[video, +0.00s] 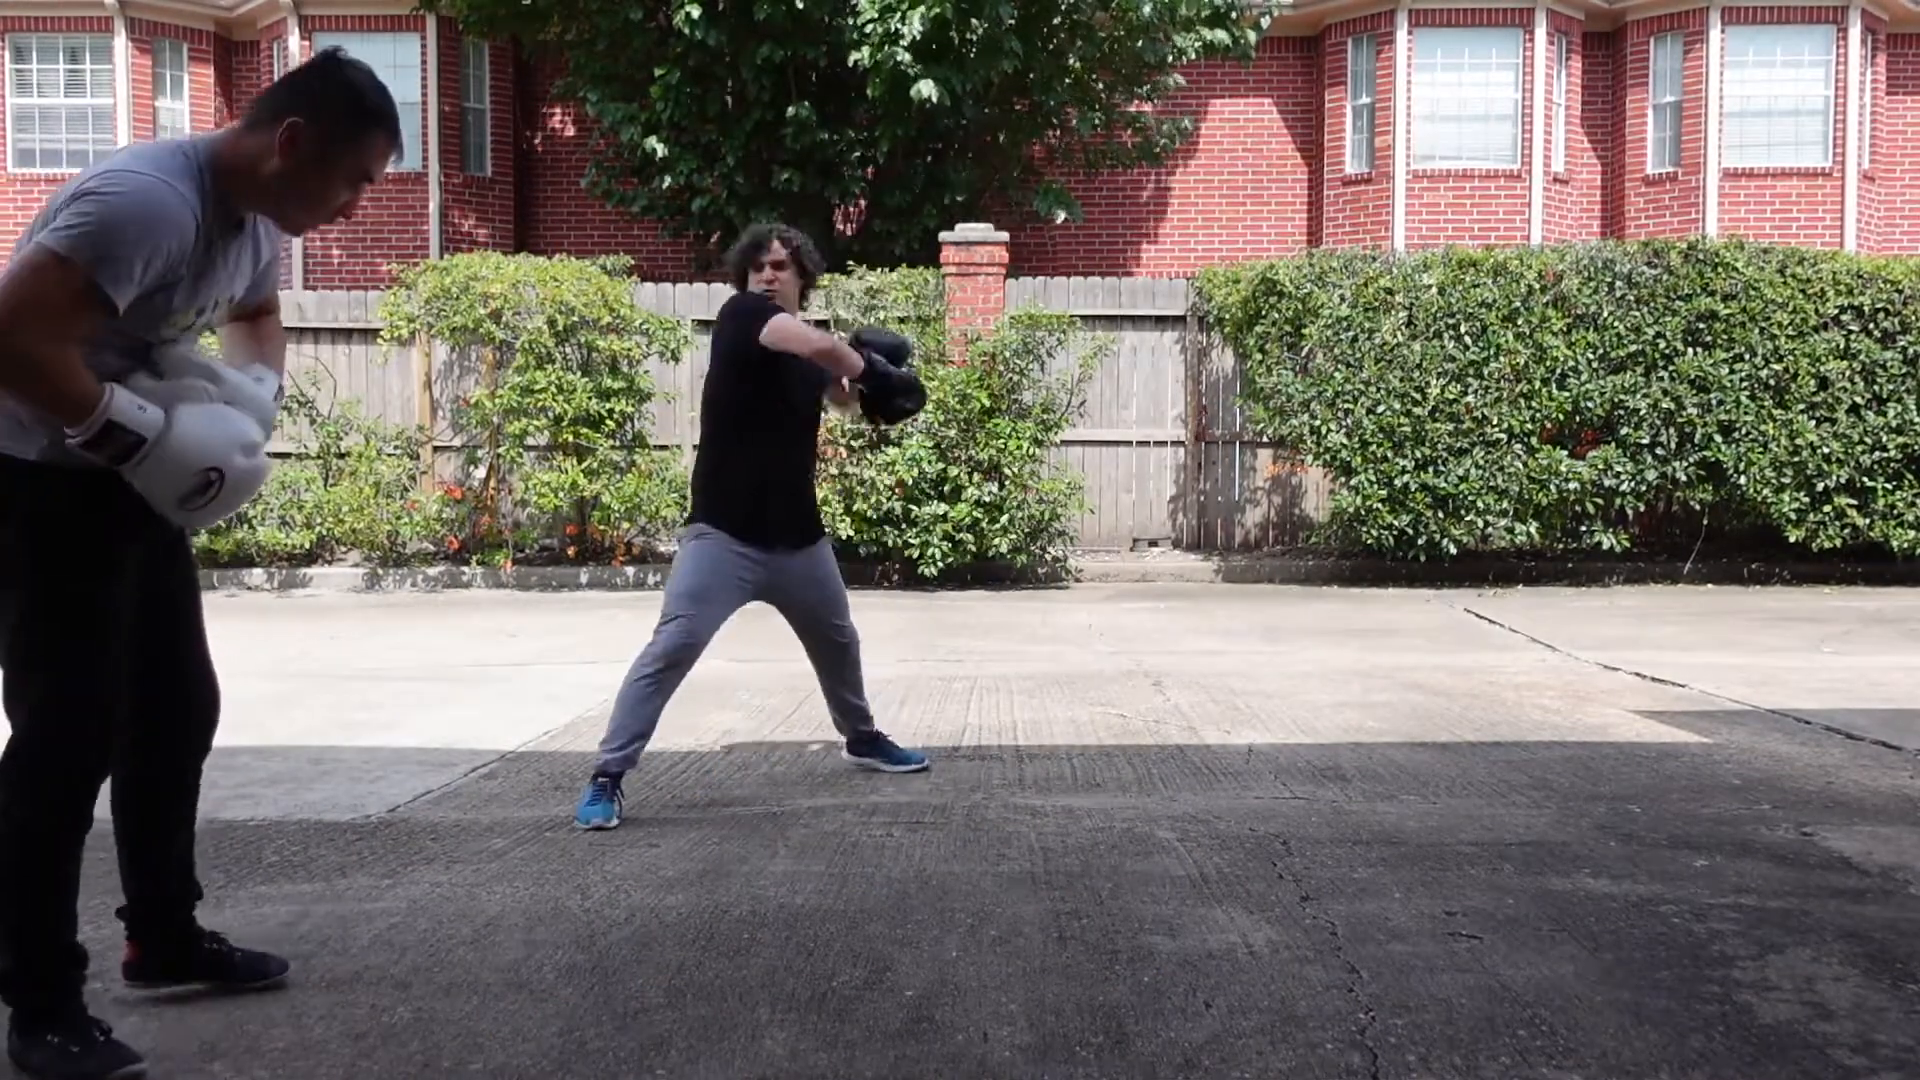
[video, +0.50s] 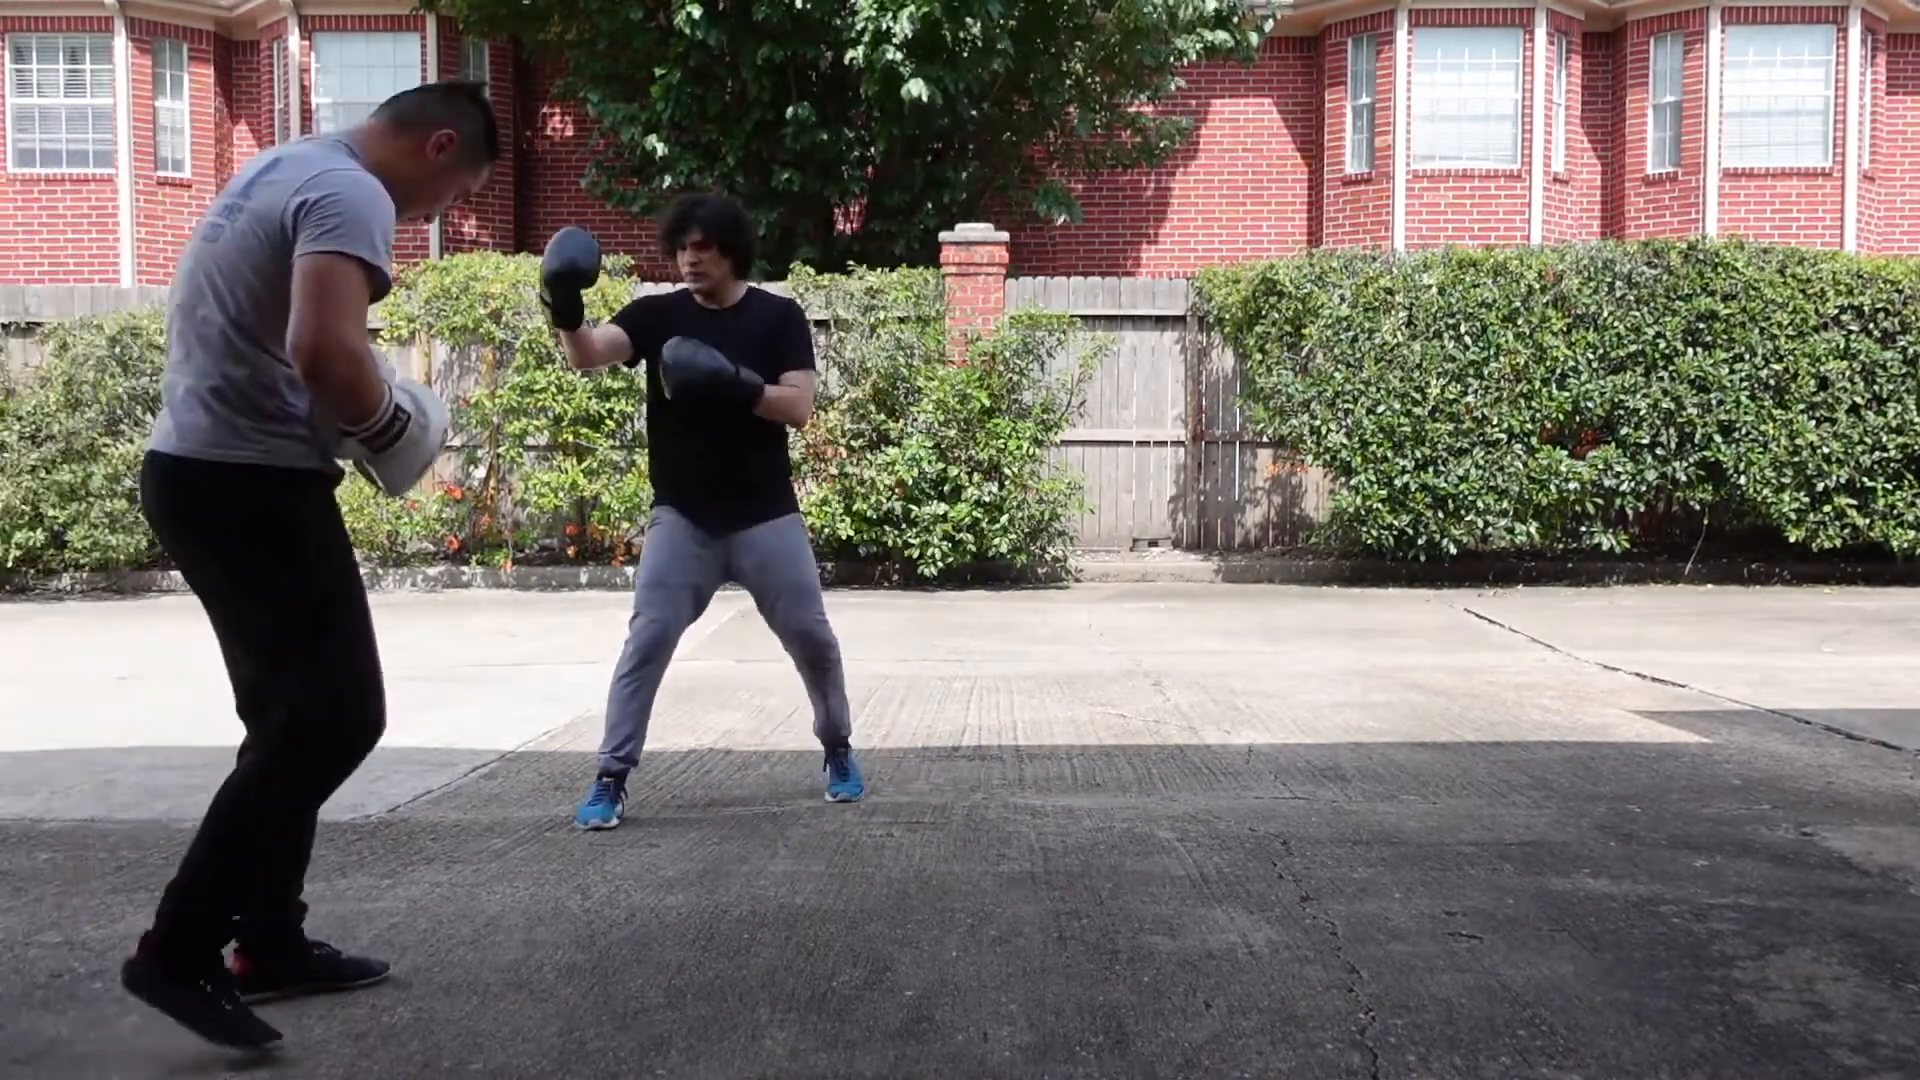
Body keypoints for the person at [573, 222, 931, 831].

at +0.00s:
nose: (773, 274)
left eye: (784, 266)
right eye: (763, 266)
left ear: (804, 276)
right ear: (746, 277)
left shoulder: (811, 341)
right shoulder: (742, 314)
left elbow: (843, 400)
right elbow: (818, 343)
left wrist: (864, 377)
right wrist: (863, 371)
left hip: (800, 541)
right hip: (722, 537)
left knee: (839, 643)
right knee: (674, 645)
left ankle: (862, 736)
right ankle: (607, 777)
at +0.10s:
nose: (743, 268)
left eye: (755, 258)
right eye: (734, 256)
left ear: (778, 264)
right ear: (716, 259)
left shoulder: (791, 326)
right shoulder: (693, 305)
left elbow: (816, 422)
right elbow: (662, 332)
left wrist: (820, 363)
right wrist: (734, 292)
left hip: (786, 518)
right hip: (707, 521)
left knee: (842, 623)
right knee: (670, 639)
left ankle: (823, 722)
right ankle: (611, 778)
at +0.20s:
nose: (708, 266)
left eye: (721, 255)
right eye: (700, 254)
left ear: (752, 261)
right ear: (690, 257)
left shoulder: (783, 320)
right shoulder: (667, 314)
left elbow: (808, 405)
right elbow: (604, 366)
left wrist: (768, 356)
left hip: (772, 513)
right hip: (692, 516)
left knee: (837, 617)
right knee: (654, 639)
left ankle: (793, 747)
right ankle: (608, 780)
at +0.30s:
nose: (675, 271)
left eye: (688, 259)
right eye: (667, 259)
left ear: (722, 258)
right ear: (660, 261)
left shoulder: (769, 318)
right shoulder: (649, 316)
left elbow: (791, 405)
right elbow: (580, 369)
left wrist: (731, 358)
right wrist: (569, 310)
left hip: (765, 522)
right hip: (681, 519)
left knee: (814, 636)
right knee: (647, 632)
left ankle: (792, 749)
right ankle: (609, 778)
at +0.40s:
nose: (673, 265)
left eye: (686, 253)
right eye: (665, 253)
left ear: (720, 254)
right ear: (659, 257)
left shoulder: (767, 315)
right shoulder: (648, 312)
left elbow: (789, 404)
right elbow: (578, 358)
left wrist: (725, 362)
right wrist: (564, 300)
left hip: (760, 516)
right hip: (675, 516)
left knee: (808, 637)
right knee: (641, 637)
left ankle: (830, 746)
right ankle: (610, 778)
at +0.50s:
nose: (692, 260)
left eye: (705, 248)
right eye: (684, 249)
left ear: (735, 252)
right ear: (676, 255)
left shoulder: (779, 317)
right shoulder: (658, 312)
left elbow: (800, 405)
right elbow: (588, 352)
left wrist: (732, 380)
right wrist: (564, 300)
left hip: (766, 516)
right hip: (681, 516)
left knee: (811, 636)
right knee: (647, 639)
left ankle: (839, 751)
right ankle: (610, 779)